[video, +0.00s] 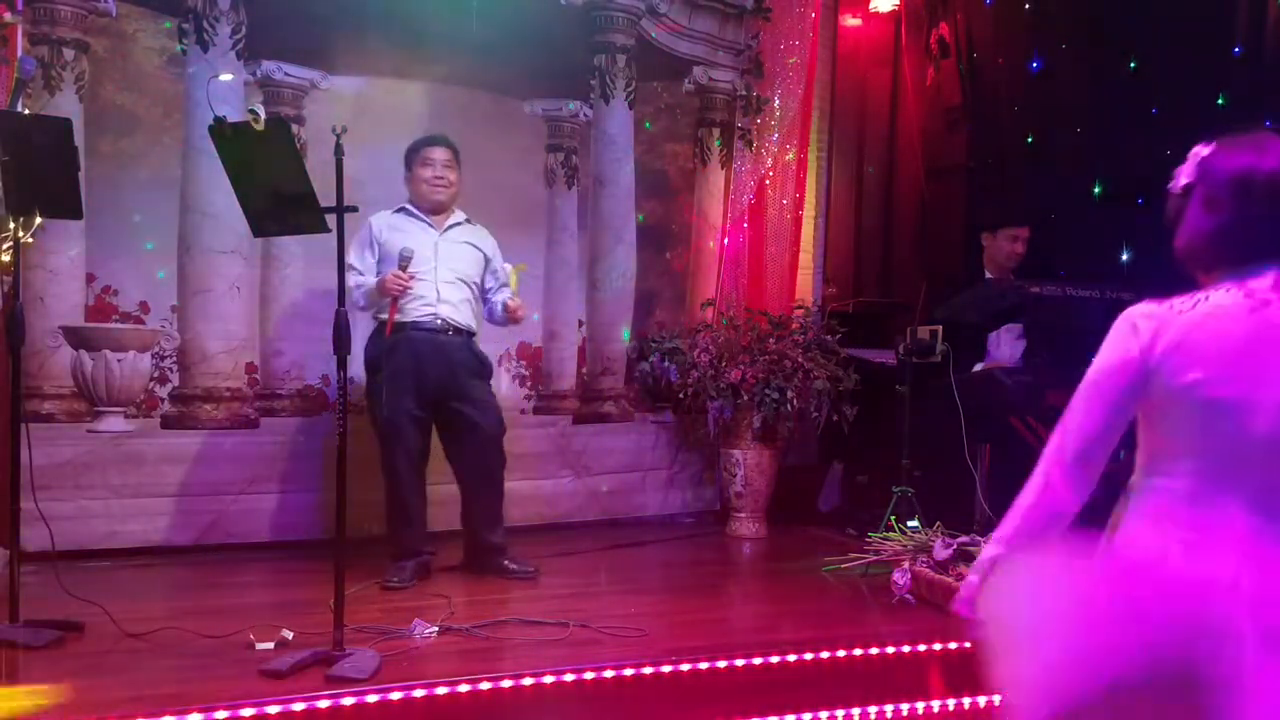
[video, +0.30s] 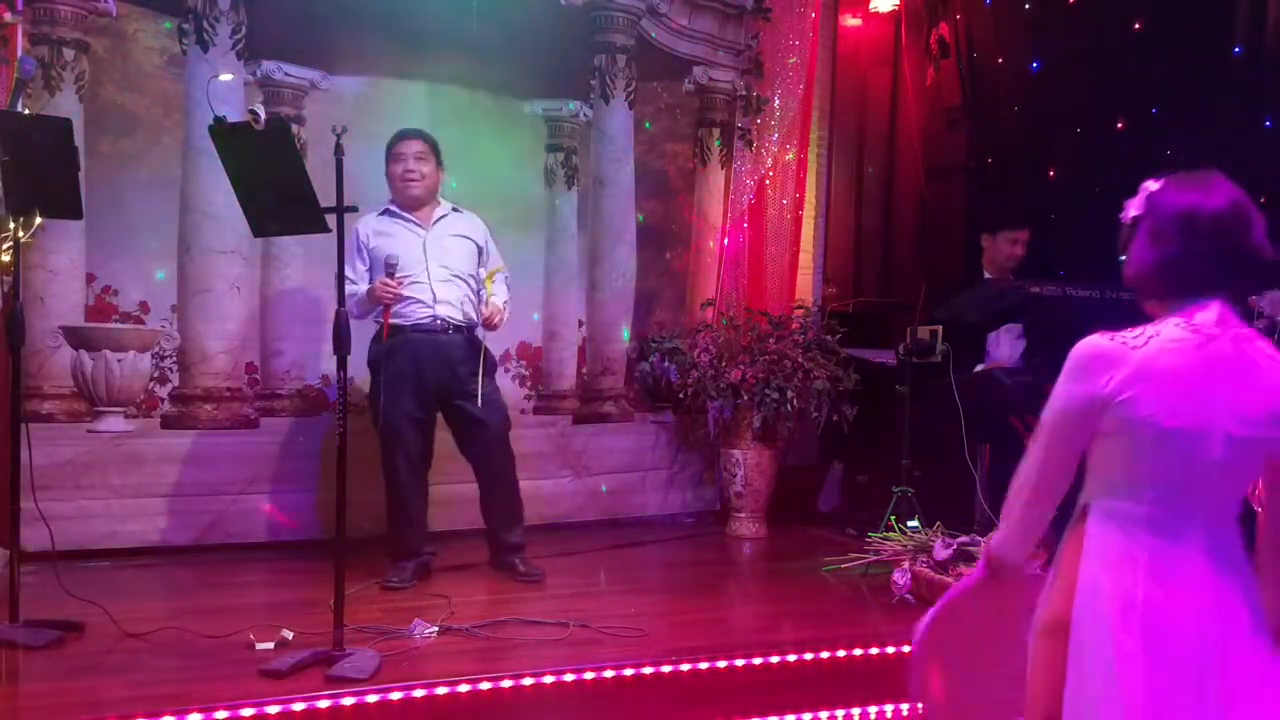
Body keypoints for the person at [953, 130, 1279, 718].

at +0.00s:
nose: (1174, 209)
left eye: (1186, 194)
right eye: (1180, 193)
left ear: (1221, 209)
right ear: (1271, 213)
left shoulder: (1155, 327)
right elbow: (1065, 471)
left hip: (1158, 578)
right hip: (1268, 586)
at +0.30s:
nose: (1126, 251)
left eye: (1135, 234)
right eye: (1130, 234)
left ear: (1161, 250)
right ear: (1236, 255)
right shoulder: (1270, 370)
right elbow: (1271, 520)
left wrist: (1005, 557)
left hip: (1116, 577)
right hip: (1220, 576)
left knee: (1119, 711)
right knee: (1226, 712)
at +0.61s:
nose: (1054, 225)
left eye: (1065, 216)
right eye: (1059, 214)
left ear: (1091, 236)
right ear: (1144, 244)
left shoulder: (1047, 331)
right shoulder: (1183, 350)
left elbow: (943, 368)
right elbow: (1195, 451)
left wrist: (989, 325)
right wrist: (1138, 434)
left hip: (1047, 533)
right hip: (1132, 535)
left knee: (1051, 681)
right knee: (1139, 683)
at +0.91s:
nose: (998, 225)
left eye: (1008, 211)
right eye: (1004, 210)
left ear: (1027, 226)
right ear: (1097, 233)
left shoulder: (1006, 309)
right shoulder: (1130, 317)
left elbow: (905, 243)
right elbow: (1145, 268)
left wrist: (928, 156)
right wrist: (1113, 195)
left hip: (1010, 502)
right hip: (1091, 500)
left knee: (1002, 658)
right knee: (1090, 660)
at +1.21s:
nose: (948, 249)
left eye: (955, 235)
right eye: (951, 235)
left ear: (973, 246)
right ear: (1044, 242)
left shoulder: (964, 318)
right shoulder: (1086, 320)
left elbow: (861, 249)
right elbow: (1142, 269)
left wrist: (918, 166)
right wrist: (1116, 179)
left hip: (978, 495)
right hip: (1057, 492)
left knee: (974, 649)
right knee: (1056, 651)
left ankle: (973, 719)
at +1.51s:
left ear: (955, 259)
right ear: (1034, 259)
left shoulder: (931, 332)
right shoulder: (1047, 336)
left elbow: (820, 295)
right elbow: (1105, 308)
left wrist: (885, 257)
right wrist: (1092, 243)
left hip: (939, 506)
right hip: (1019, 503)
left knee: (934, 647)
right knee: (1014, 650)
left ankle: (932, 719)